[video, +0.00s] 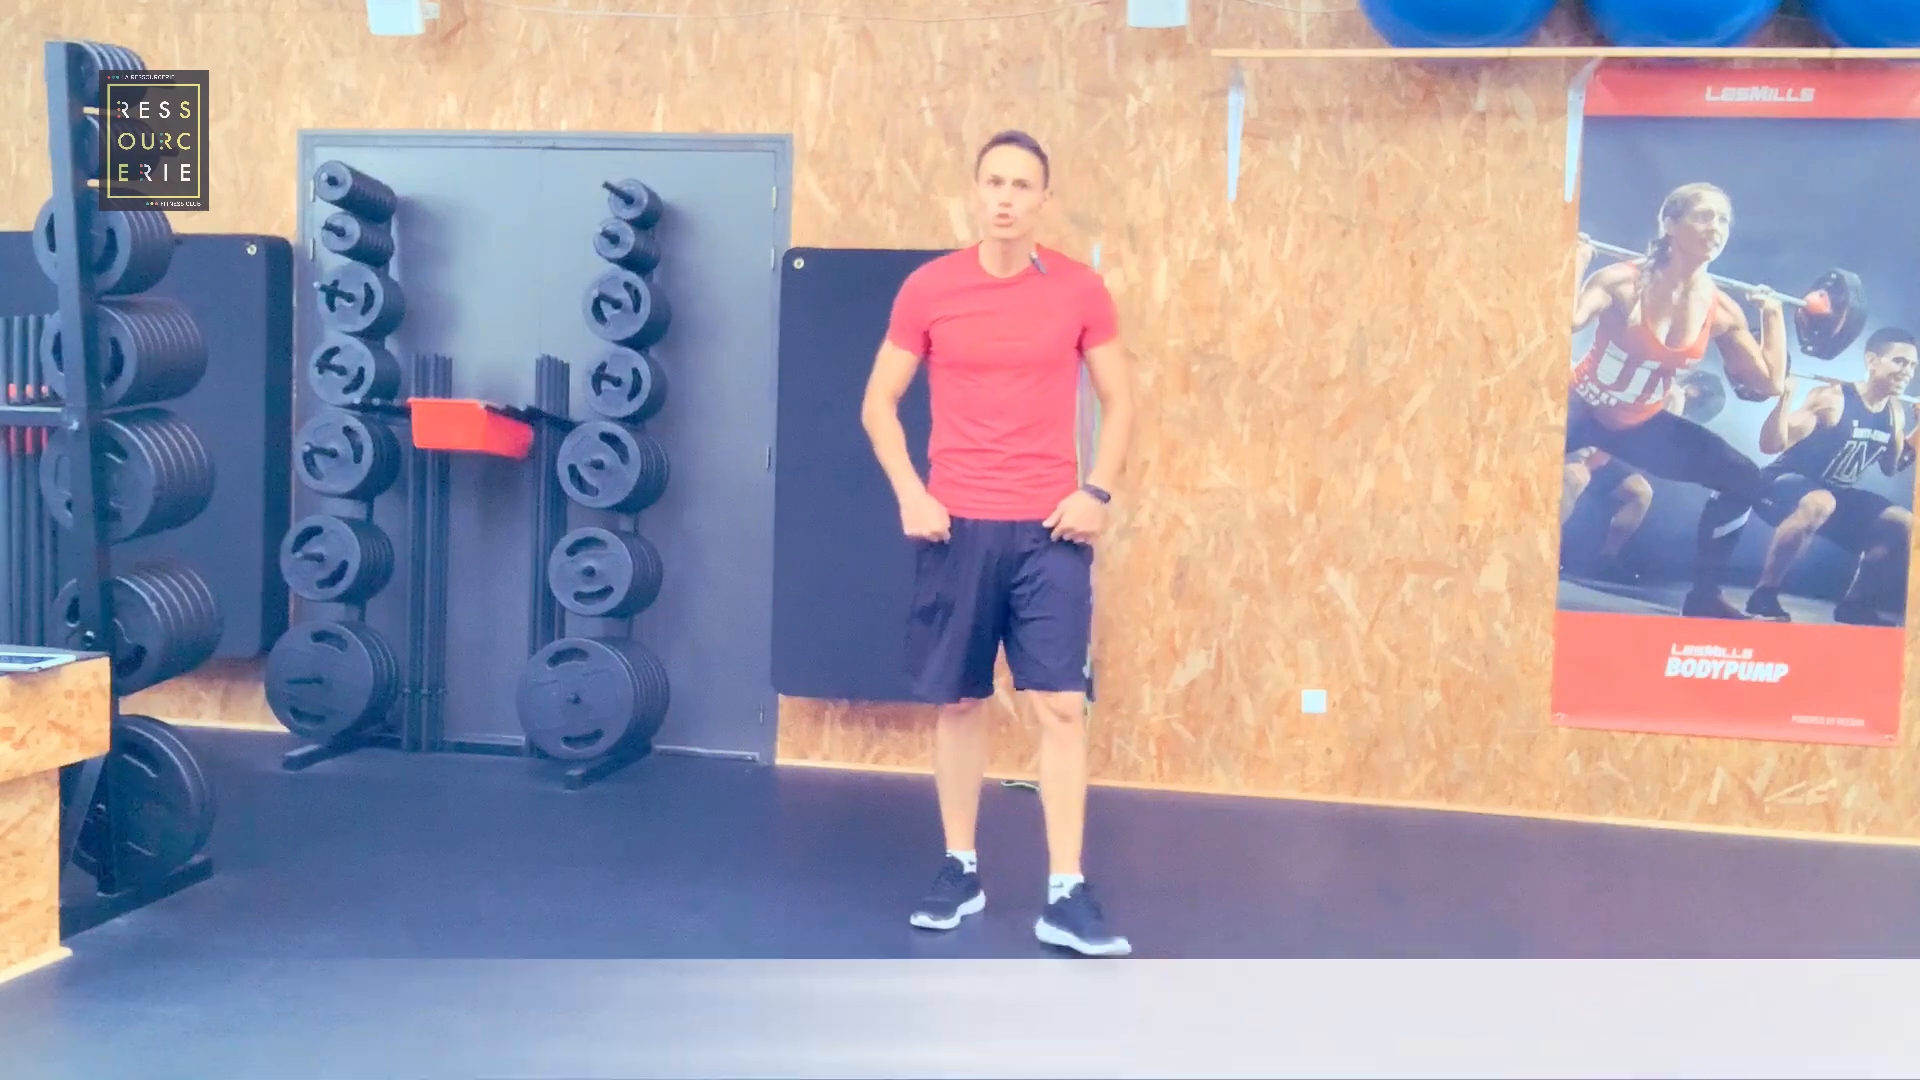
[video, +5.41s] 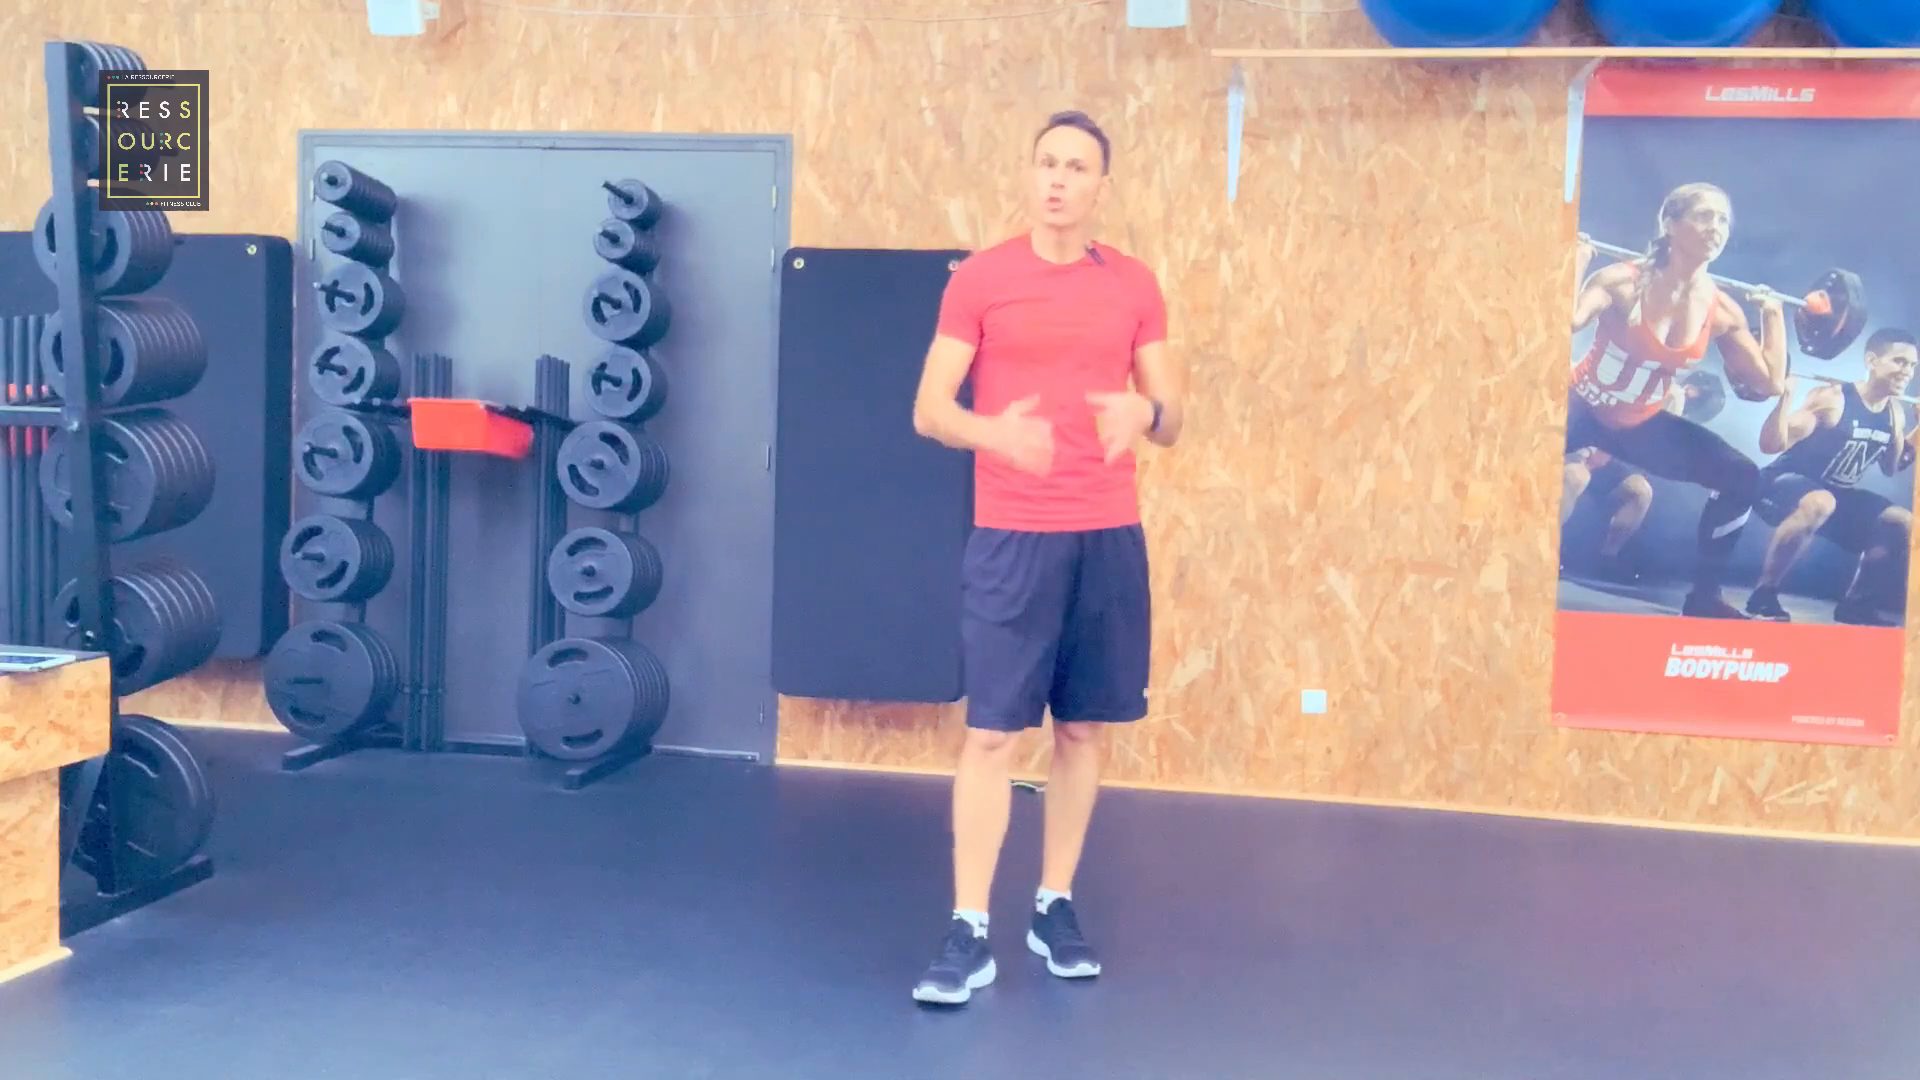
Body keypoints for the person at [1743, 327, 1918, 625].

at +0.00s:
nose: (1906, 371)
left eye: (1912, 365)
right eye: (1899, 361)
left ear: (1914, 371)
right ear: (1872, 361)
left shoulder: (1894, 411)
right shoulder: (1831, 397)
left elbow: (1891, 466)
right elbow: (1769, 444)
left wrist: (1913, 437)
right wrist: (1784, 398)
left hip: (1838, 495)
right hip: (1785, 481)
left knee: (1904, 524)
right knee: (1821, 502)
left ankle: (1854, 605)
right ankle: (1764, 595)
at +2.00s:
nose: (1906, 372)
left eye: (1911, 365)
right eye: (1899, 361)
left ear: (1913, 371)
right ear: (1872, 361)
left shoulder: (1894, 412)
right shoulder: (1830, 397)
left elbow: (1891, 467)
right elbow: (1769, 444)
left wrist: (1912, 440)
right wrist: (1784, 397)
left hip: (1839, 495)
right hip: (1786, 481)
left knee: (1905, 524)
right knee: (1821, 502)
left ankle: (1855, 604)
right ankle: (1763, 596)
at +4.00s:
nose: (1906, 371)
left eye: (1911, 365)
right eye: (1899, 361)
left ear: (1914, 371)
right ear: (1872, 361)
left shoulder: (1894, 411)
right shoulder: (1831, 397)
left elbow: (1891, 466)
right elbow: (1769, 444)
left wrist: (1915, 436)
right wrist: (1785, 397)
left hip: (1839, 495)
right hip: (1785, 482)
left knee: (1904, 524)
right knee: (1821, 502)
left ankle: (1854, 604)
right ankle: (1764, 595)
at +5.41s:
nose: (1906, 372)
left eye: (1911, 365)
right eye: (1899, 361)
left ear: (1914, 371)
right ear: (1872, 361)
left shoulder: (1894, 412)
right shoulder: (1830, 397)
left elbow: (1891, 466)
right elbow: (1769, 444)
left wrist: (1912, 438)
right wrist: (1785, 396)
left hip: (1839, 495)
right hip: (1786, 482)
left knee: (1905, 524)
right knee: (1821, 502)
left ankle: (1854, 604)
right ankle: (1764, 595)